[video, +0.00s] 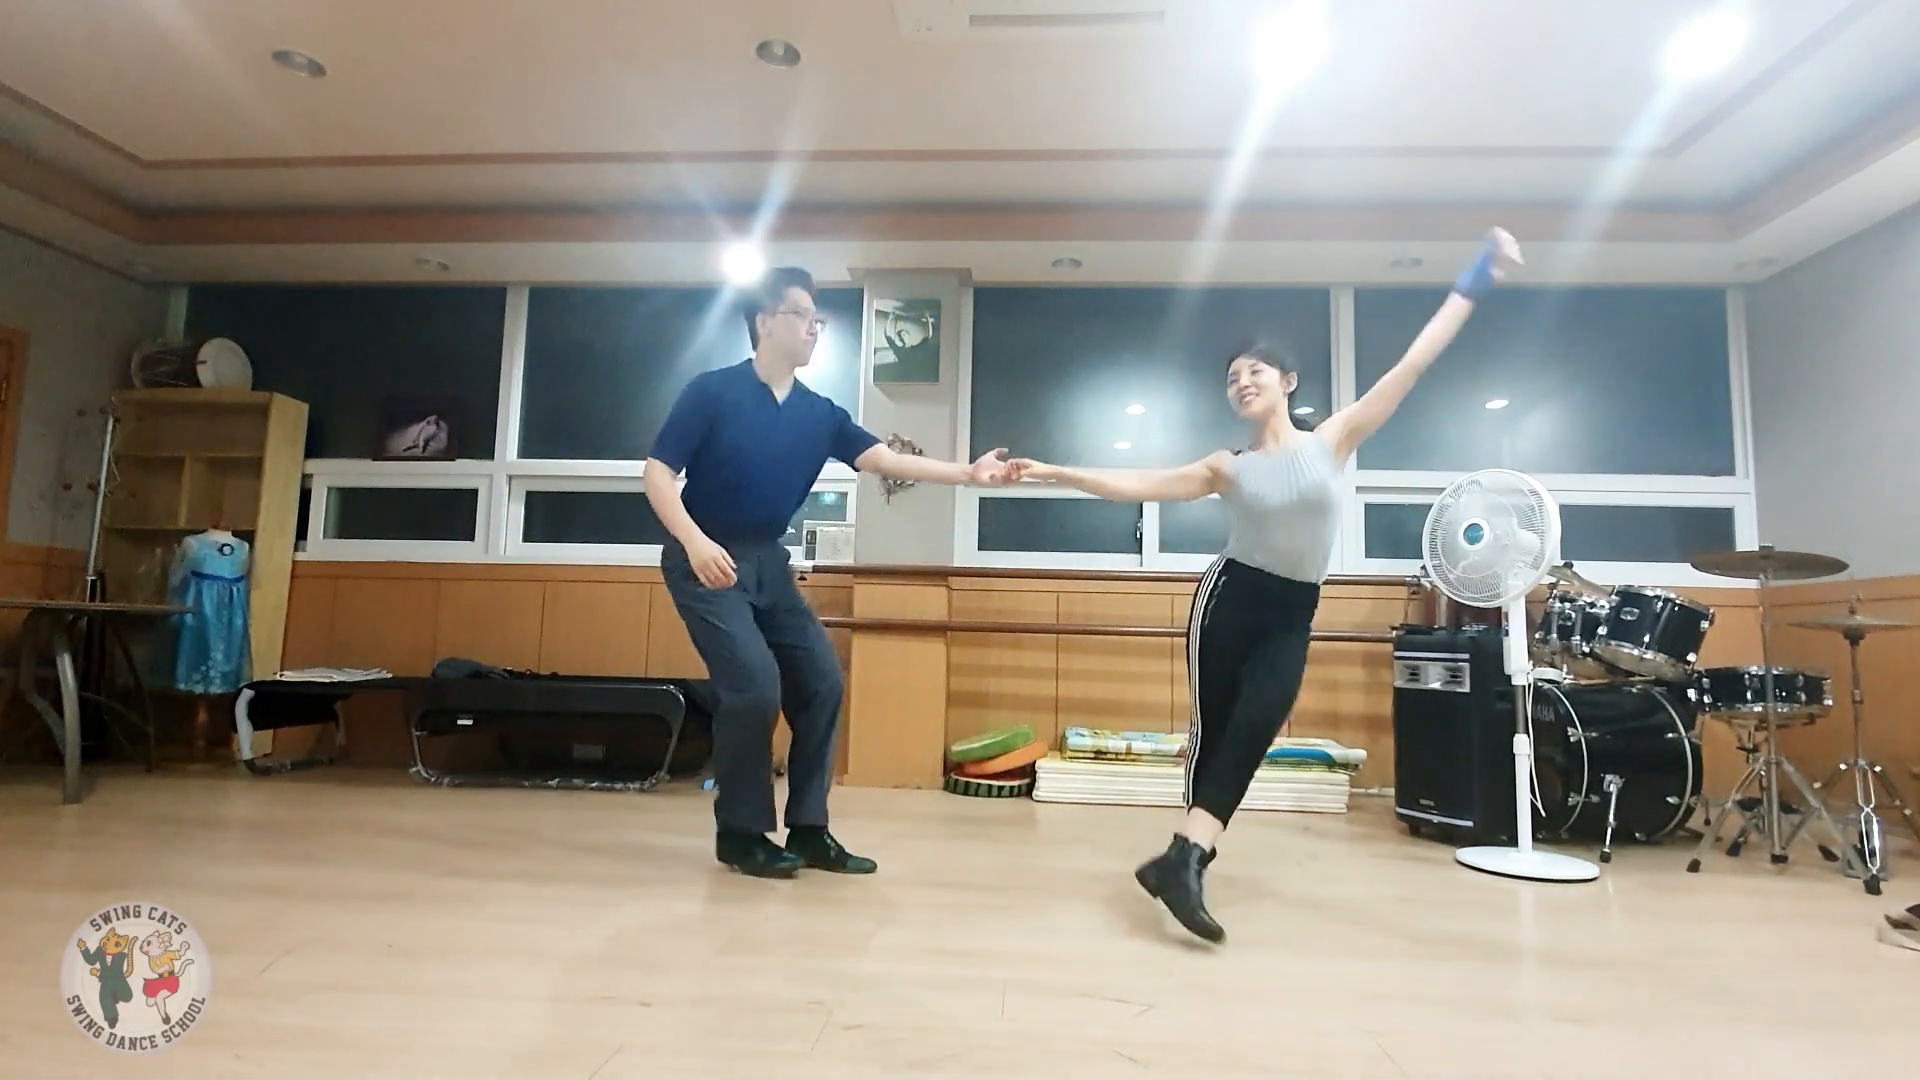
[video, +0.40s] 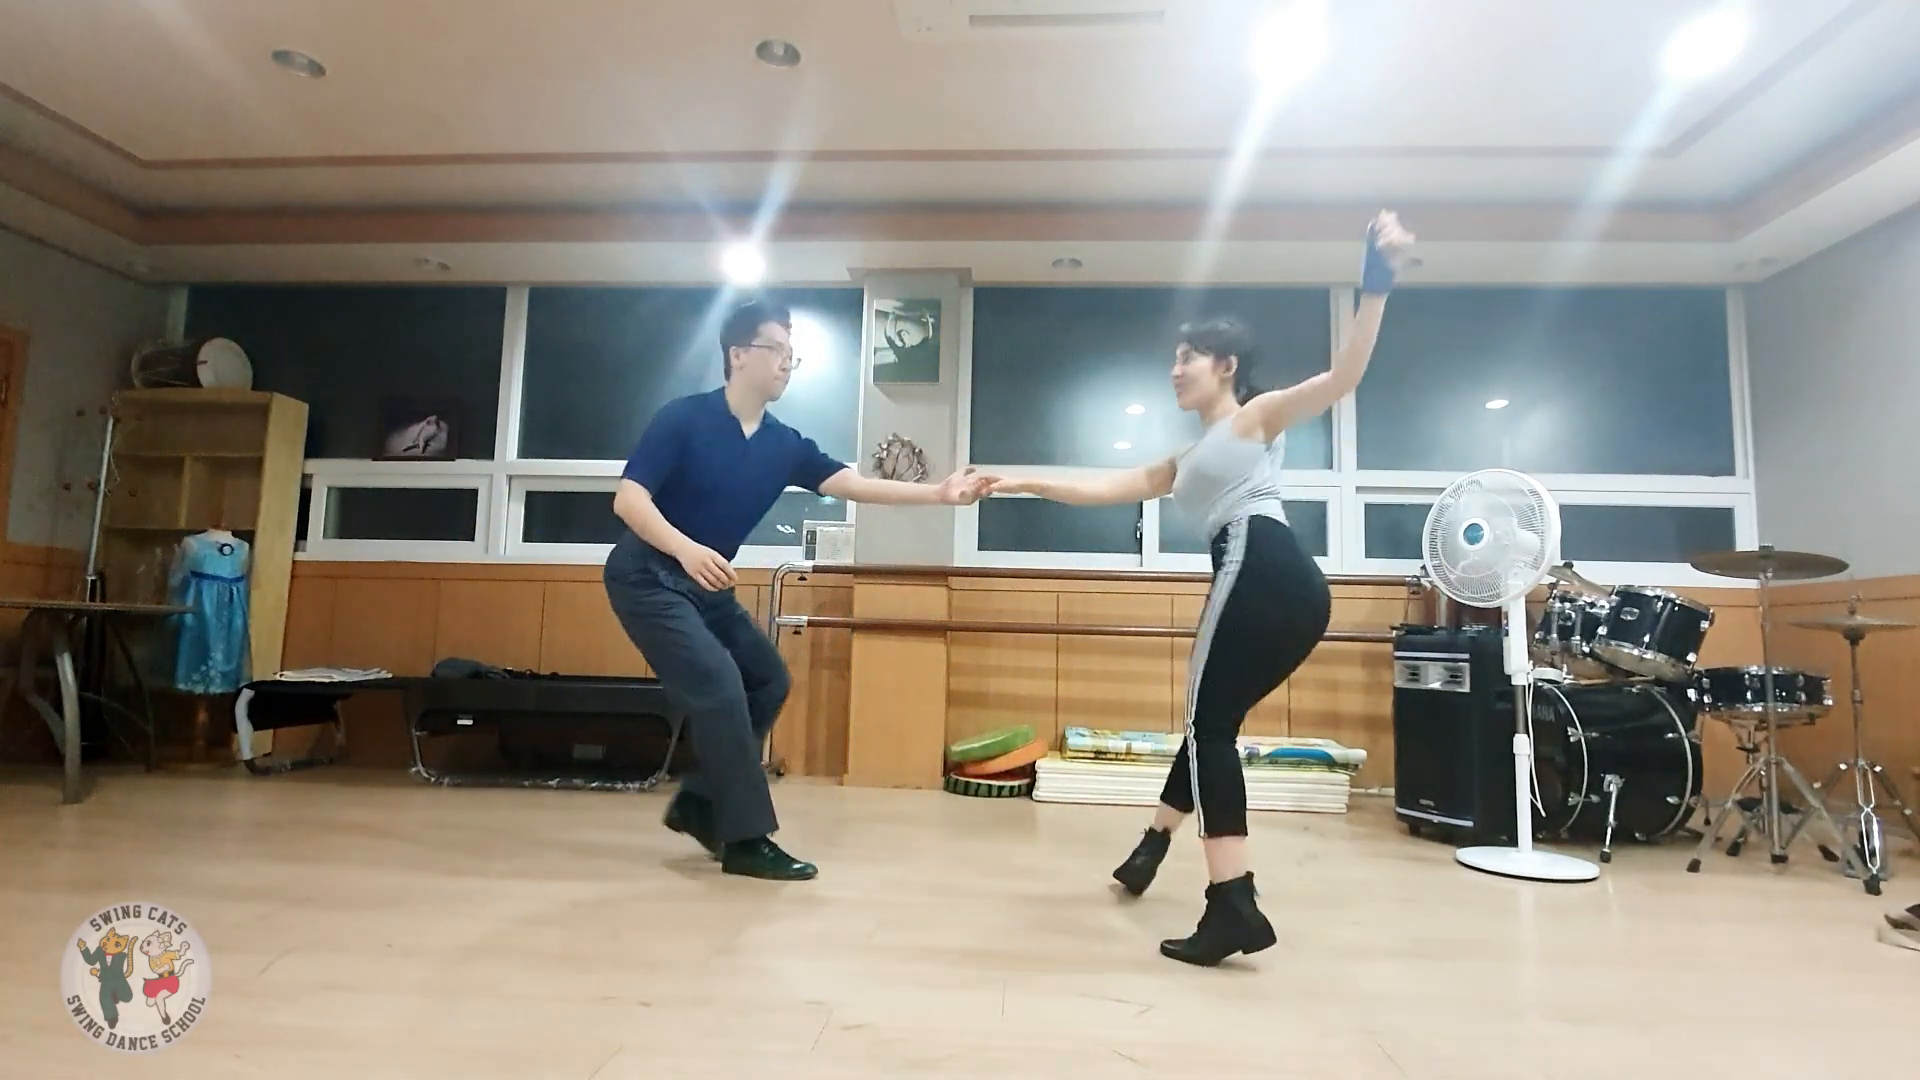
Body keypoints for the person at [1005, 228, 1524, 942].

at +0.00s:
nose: (1243, 381)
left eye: (1256, 370)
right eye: (1234, 377)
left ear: (1290, 383)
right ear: (1231, 398)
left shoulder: (1334, 439)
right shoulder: (1227, 467)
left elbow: (1415, 362)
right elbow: (1134, 485)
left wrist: (1473, 283)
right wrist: (1046, 472)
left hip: (1292, 612)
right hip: (1230, 599)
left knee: (1256, 726)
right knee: (1215, 728)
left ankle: (1182, 862)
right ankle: (1192, 861)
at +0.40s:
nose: (1177, 368)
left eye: (1191, 356)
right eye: (1176, 358)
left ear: (1228, 367)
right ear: (1185, 372)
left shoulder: (1254, 415)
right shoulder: (1182, 464)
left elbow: (1343, 377)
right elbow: (1096, 486)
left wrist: (1379, 279)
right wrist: (1012, 477)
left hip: (1261, 572)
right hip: (1291, 596)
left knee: (1212, 725)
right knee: (1207, 724)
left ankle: (1233, 901)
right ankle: (1151, 845)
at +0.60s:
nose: (1135, 365)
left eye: (1145, 354)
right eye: (1136, 355)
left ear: (1179, 362)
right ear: (1163, 367)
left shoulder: (1212, 421)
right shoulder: (1149, 453)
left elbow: (1283, 423)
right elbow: (1072, 483)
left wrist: (1310, 341)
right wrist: (980, 480)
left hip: (1225, 576)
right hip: (1237, 592)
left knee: (1153, 719)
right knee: (1161, 721)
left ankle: (1222, 885)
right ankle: (1143, 855)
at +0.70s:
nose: (1110, 362)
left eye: (1119, 351)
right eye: (1112, 351)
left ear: (1154, 356)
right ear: (1142, 358)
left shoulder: (1192, 420)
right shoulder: (1120, 448)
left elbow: (1264, 430)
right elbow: (1043, 478)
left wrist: (1284, 354)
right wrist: (951, 476)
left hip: (1210, 587)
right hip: (1181, 590)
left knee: (1103, 693)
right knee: (1113, 701)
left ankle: (1153, 841)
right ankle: (1148, 842)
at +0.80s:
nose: (1079, 364)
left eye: (1089, 352)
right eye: (1082, 354)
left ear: (1123, 357)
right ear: (1112, 361)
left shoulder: (1169, 422)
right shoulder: (1086, 452)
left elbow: (1251, 443)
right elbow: (1005, 479)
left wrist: (1266, 382)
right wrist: (918, 472)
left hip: (1177, 596)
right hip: (1120, 594)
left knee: (1090, 707)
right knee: (1075, 713)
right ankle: (1143, 836)